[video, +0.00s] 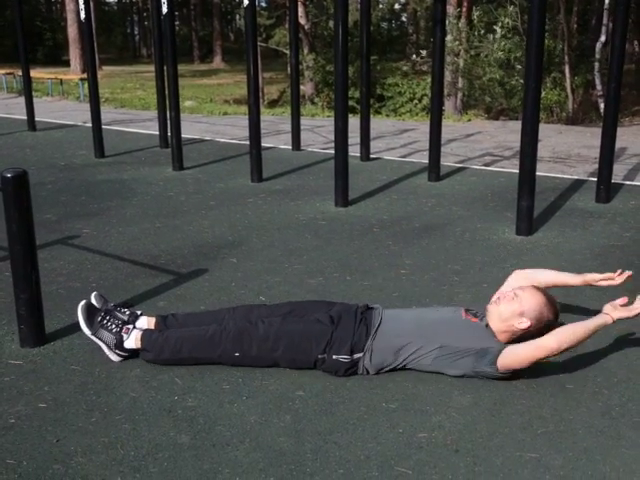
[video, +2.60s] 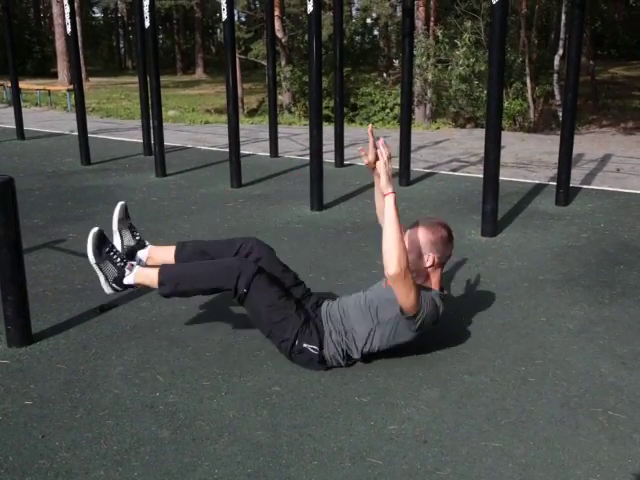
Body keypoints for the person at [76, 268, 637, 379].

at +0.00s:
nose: (514, 292)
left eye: (523, 298)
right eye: (523, 293)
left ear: (518, 323)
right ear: (511, 302)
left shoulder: (488, 352)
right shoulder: (482, 315)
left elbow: (549, 345)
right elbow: (531, 278)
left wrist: (606, 318)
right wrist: (595, 284)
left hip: (348, 341)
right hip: (353, 315)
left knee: (242, 335)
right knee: (244, 318)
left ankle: (132, 342)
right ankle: (140, 327)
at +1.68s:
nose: (483, 293)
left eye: (494, 296)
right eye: (490, 292)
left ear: (497, 317)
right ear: (485, 300)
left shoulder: (466, 338)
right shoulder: (460, 314)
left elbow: (519, 320)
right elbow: (500, 274)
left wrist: (578, 308)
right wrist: (567, 281)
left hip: (328, 332)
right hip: (330, 310)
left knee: (226, 315)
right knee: (228, 298)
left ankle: (117, 314)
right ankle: (126, 307)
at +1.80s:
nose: (476, 277)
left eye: (485, 280)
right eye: (479, 274)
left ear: (490, 300)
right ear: (475, 288)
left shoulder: (459, 331)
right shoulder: (450, 302)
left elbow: (470, 271)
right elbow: (454, 237)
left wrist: (515, 226)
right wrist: (505, 201)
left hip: (333, 333)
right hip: (333, 311)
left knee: (230, 288)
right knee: (233, 282)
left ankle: (121, 291)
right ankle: (134, 279)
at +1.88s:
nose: (450, 269)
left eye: (459, 270)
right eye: (456, 267)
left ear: (470, 292)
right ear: (464, 285)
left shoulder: (446, 322)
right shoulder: (441, 303)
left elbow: (431, 252)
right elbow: (422, 237)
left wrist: (446, 189)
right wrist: (443, 183)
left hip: (330, 335)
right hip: (335, 313)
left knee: (238, 268)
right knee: (240, 261)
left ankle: (128, 274)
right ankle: (142, 264)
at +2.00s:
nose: (415, 246)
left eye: (426, 244)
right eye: (422, 240)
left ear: (445, 262)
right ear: (438, 257)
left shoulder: (424, 296)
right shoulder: (425, 282)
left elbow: (374, 240)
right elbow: (386, 215)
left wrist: (354, 172)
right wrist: (367, 157)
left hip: (327, 335)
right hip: (332, 314)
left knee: (260, 248)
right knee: (264, 242)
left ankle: (145, 235)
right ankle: (163, 229)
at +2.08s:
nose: (387, 237)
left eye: (396, 235)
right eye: (392, 231)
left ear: (420, 250)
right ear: (419, 247)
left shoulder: (408, 280)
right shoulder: (409, 265)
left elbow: (347, 236)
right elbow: (361, 206)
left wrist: (309, 173)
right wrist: (324, 154)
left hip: (326, 339)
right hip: (332, 318)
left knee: (277, 242)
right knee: (282, 230)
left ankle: (167, 210)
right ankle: (180, 204)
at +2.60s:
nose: (404, 250)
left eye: (413, 246)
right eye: (408, 243)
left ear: (432, 264)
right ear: (420, 258)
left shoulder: (424, 307)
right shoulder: (412, 284)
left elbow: (395, 272)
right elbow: (387, 230)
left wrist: (389, 188)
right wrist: (378, 176)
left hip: (312, 339)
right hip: (317, 312)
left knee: (244, 271)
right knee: (250, 251)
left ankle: (125, 277)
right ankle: (141, 251)